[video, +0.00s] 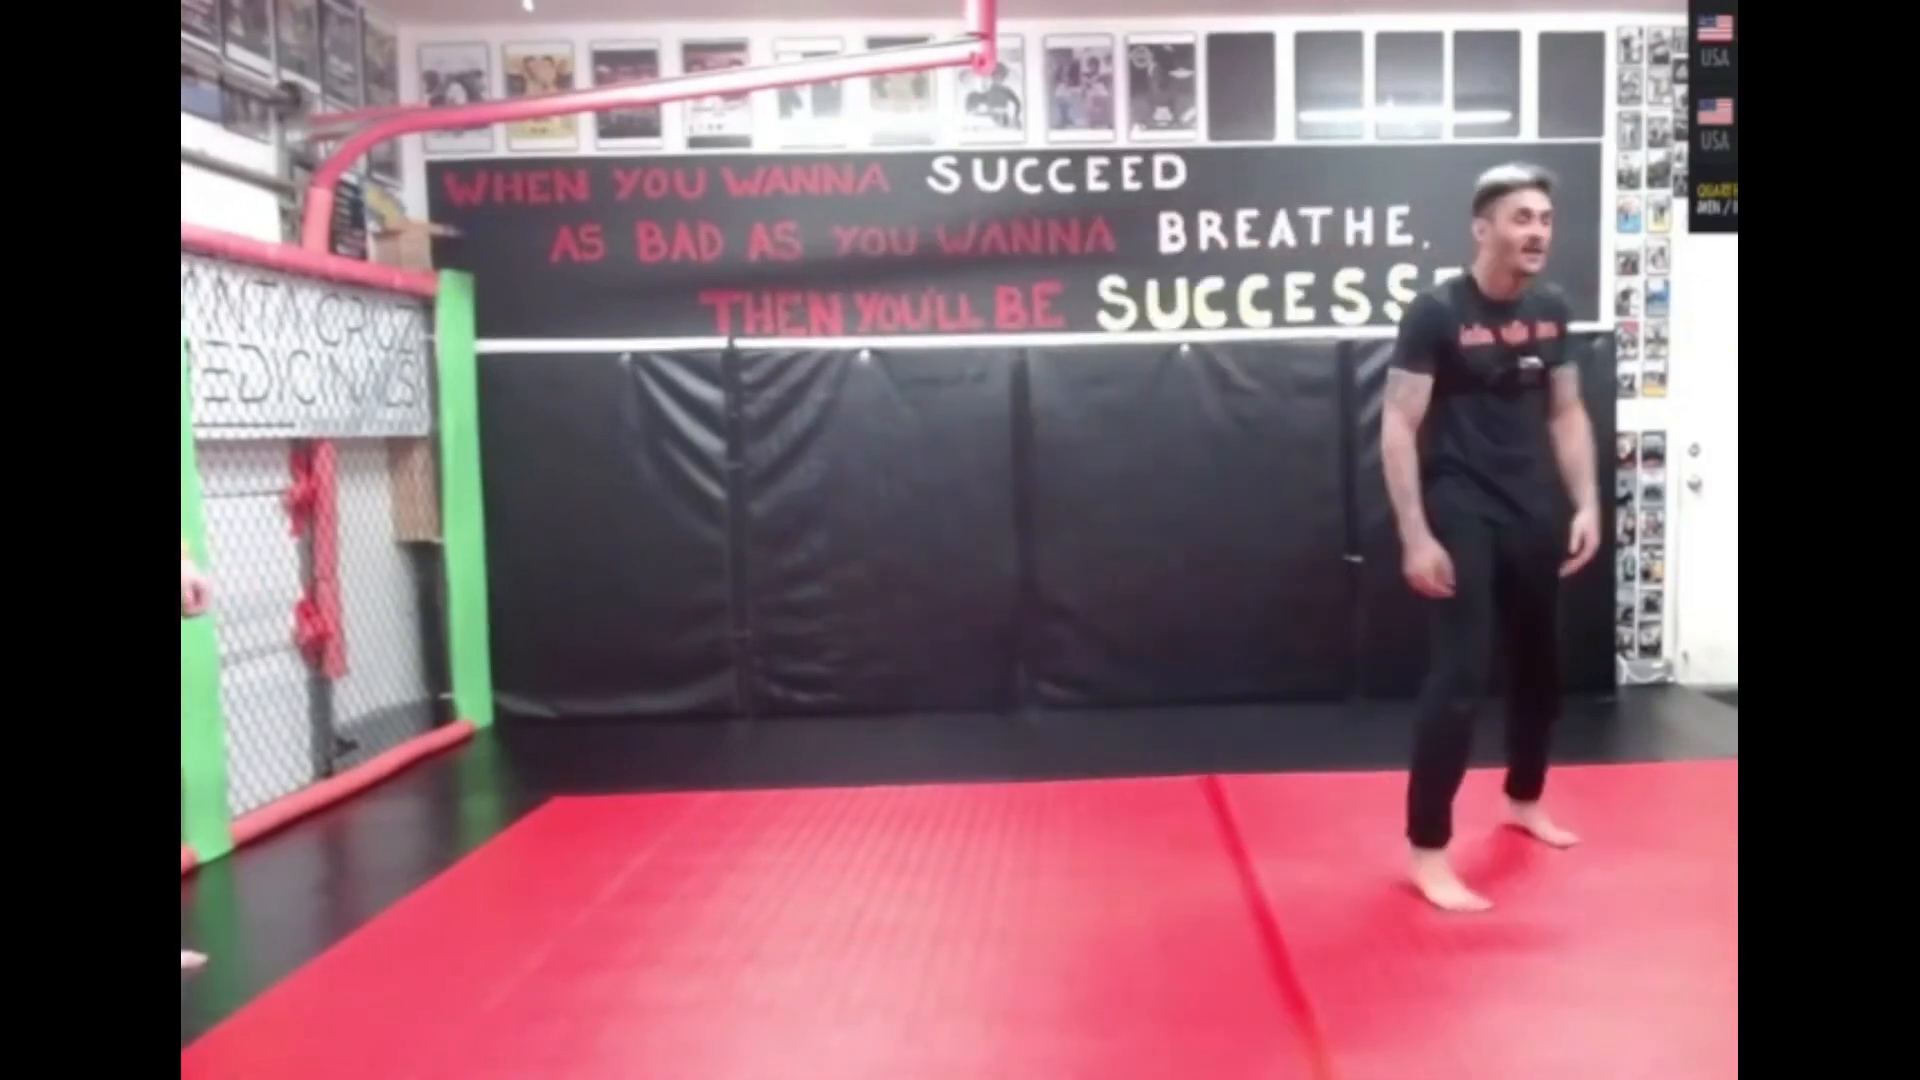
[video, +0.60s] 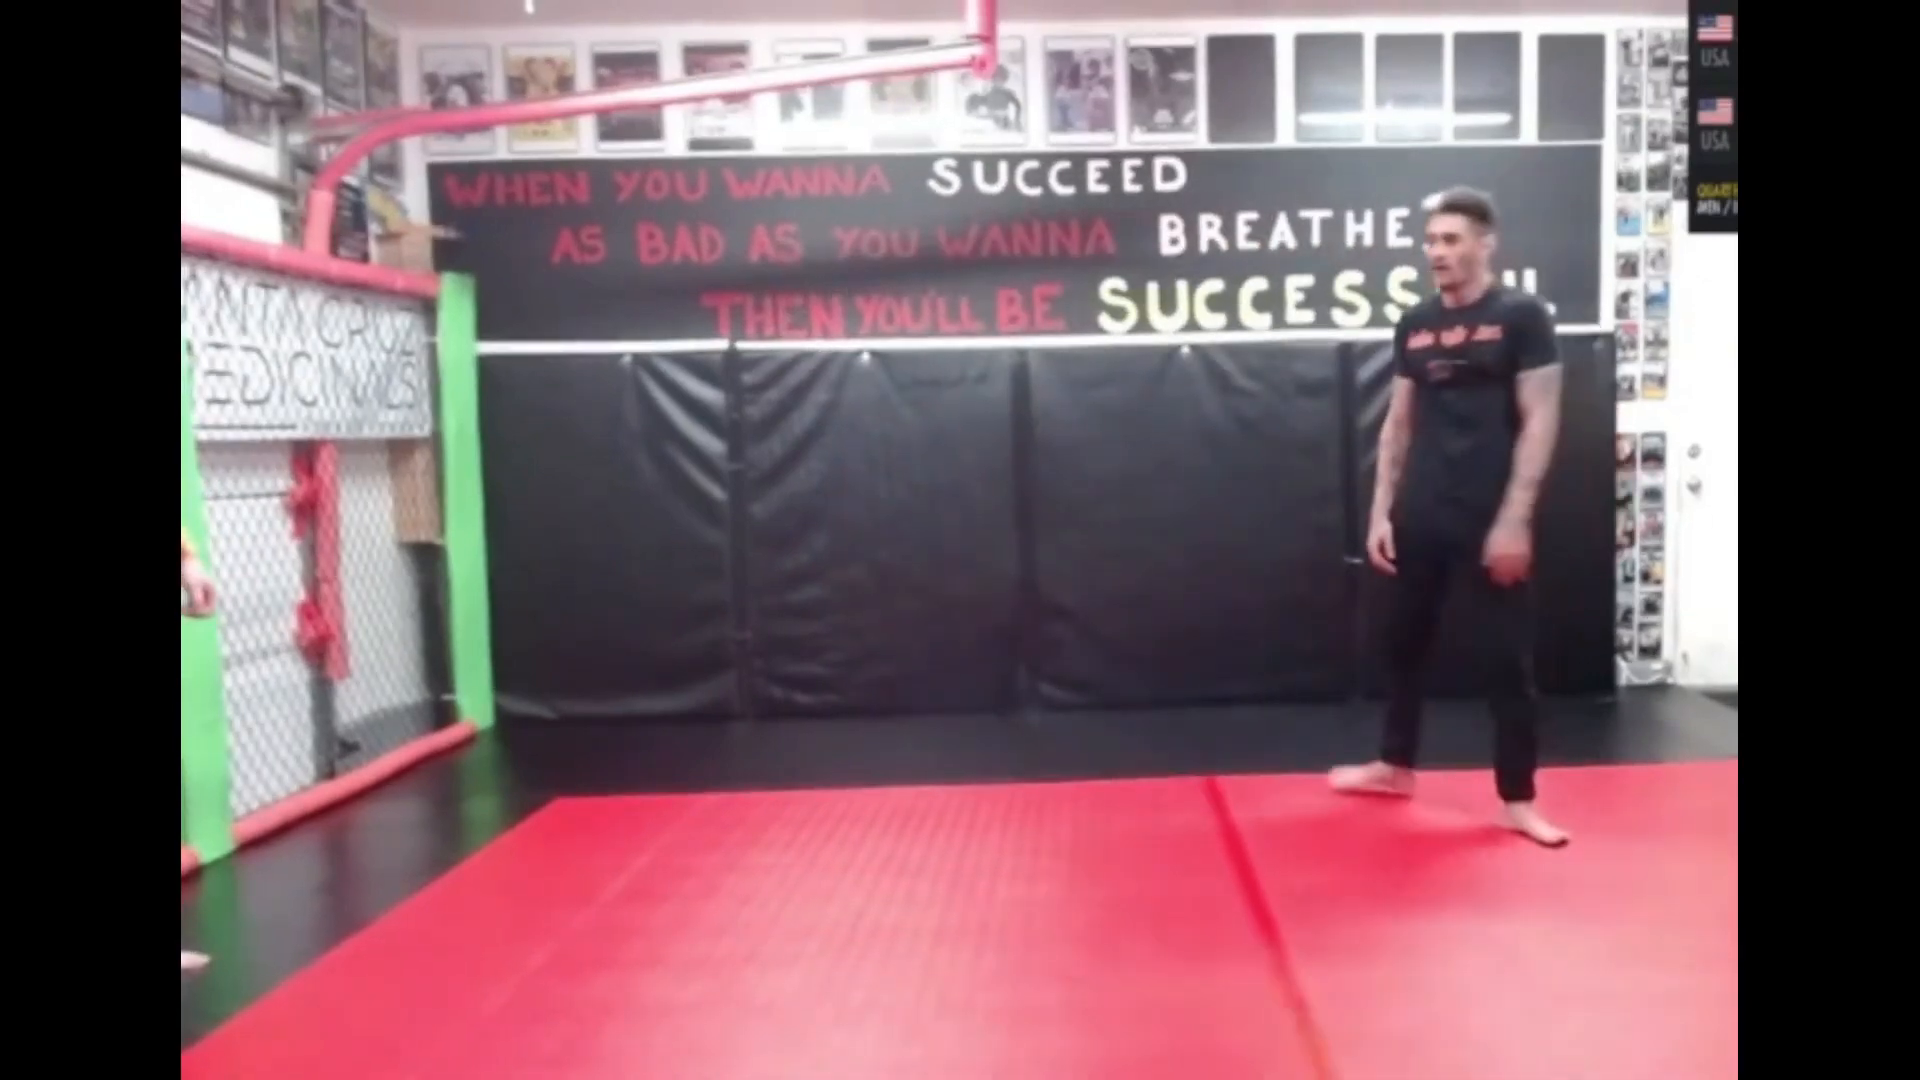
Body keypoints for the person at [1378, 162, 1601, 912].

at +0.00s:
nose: (1537, 231)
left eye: (1545, 219)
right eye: (1522, 218)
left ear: (1551, 232)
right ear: (1482, 227)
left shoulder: (1548, 308)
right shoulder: (1436, 312)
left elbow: (1567, 413)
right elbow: (1396, 428)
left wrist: (1586, 503)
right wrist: (1414, 537)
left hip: (1534, 508)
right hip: (1460, 509)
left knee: (1538, 661)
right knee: (1462, 667)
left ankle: (1523, 799)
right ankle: (1426, 851)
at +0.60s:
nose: (1438, 251)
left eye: (1451, 239)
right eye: (1431, 241)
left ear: (1487, 245)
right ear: (1426, 250)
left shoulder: (1522, 318)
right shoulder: (1415, 326)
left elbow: (1540, 422)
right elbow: (1398, 424)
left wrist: (1514, 519)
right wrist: (1381, 510)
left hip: (1495, 512)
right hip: (1424, 508)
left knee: (1508, 656)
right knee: (1405, 639)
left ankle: (1518, 797)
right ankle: (1395, 765)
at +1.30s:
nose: (1314, 274)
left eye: (1326, 263)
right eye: (1307, 264)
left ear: (1355, 267)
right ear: (1302, 273)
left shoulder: (1377, 325)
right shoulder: (1309, 347)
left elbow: (1379, 397)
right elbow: (1298, 441)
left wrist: (1352, 418)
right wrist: (1276, 523)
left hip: (1367, 503)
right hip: (1324, 503)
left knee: (1333, 636)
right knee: (1356, 633)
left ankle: (1309, 788)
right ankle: (1403, 758)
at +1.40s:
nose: (1289, 267)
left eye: (1301, 255)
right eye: (1281, 257)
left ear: (1330, 260)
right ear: (1273, 266)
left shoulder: (1347, 316)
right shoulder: (1287, 334)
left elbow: (1342, 388)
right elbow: (1278, 429)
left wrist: (1300, 423)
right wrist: (1255, 513)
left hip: (1336, 499)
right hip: (1296, 501)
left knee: (1319, 641)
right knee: (1285, 640)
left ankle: (1310, 789)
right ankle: (1367, 736)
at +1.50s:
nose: (1274, 267)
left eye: (1286, 256)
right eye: (1267, 257)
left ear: (1314, 258)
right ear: (1263, 265)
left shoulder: (1333, 319)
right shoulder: (1277, 335)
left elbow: (1323, 394)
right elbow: (1267, 434)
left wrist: (1294, 434)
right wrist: (1240, 512)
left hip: (1322, 503)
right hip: (1279, 504)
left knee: (1314, 641)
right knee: (1254, 634)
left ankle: (1310, 790)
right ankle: (1330, 735)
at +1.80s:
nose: (1221, 271)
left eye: (1233, 258)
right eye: (1212, 261)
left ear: (1260, 261)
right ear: (1203, 270)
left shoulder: (1279, 327)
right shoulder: (1216, 340)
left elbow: (1282, 395)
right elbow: (1203, 436)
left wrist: (1266, 443)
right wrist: (1180, 518)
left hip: (1259, 503)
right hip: (1214, 504)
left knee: (1275, 642)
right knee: (1195, 635)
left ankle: (1305, 791)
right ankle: (1156, 768)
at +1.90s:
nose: (1205, 272)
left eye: (1217, 260)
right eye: (1196, 263)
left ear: (1241, 264)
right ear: (1186, 271)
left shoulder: (1259, 330)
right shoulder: (1191, 344)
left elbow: (1268, 398)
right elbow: (1177, 442)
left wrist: (1255, 440)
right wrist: (1158, 520)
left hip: (1240, 505)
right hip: (1191, 508)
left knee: (1255, 645)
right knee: (1174, 642)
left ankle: (1300, 790)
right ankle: (1149, 776)